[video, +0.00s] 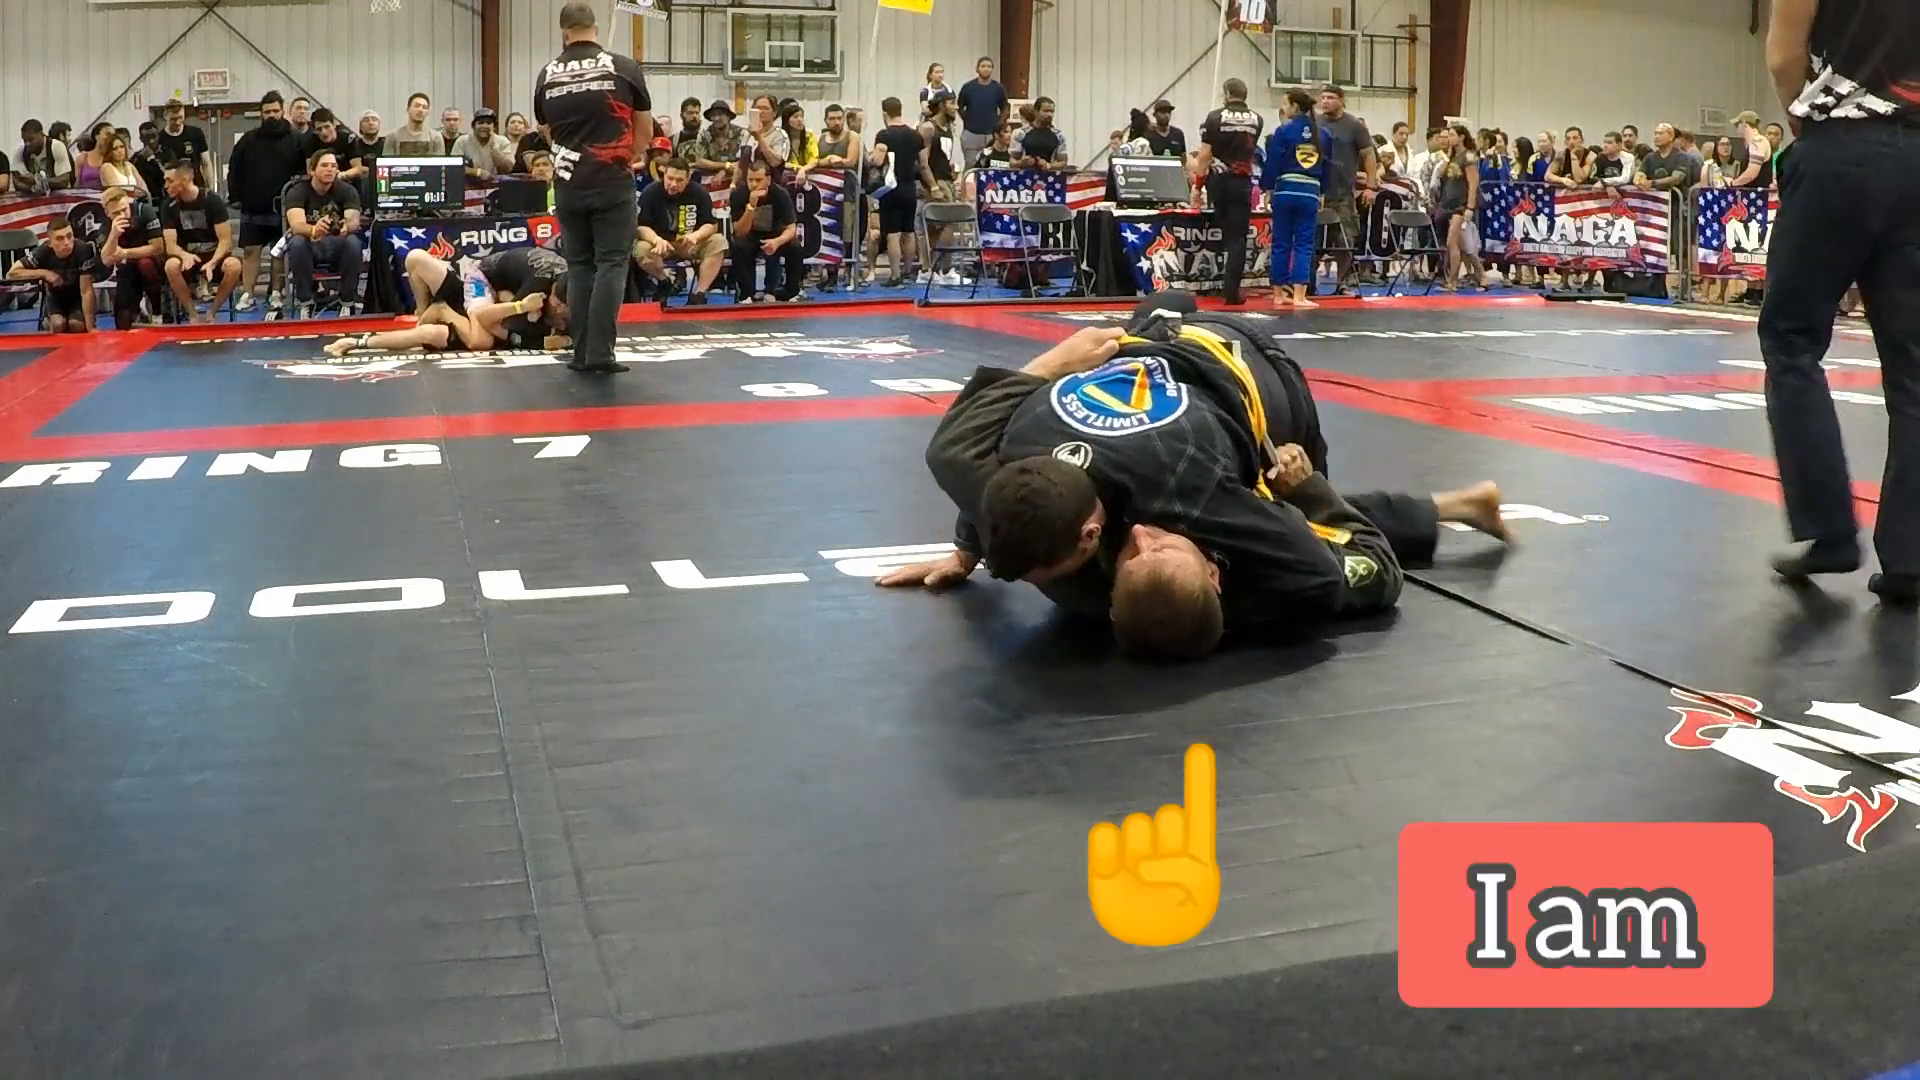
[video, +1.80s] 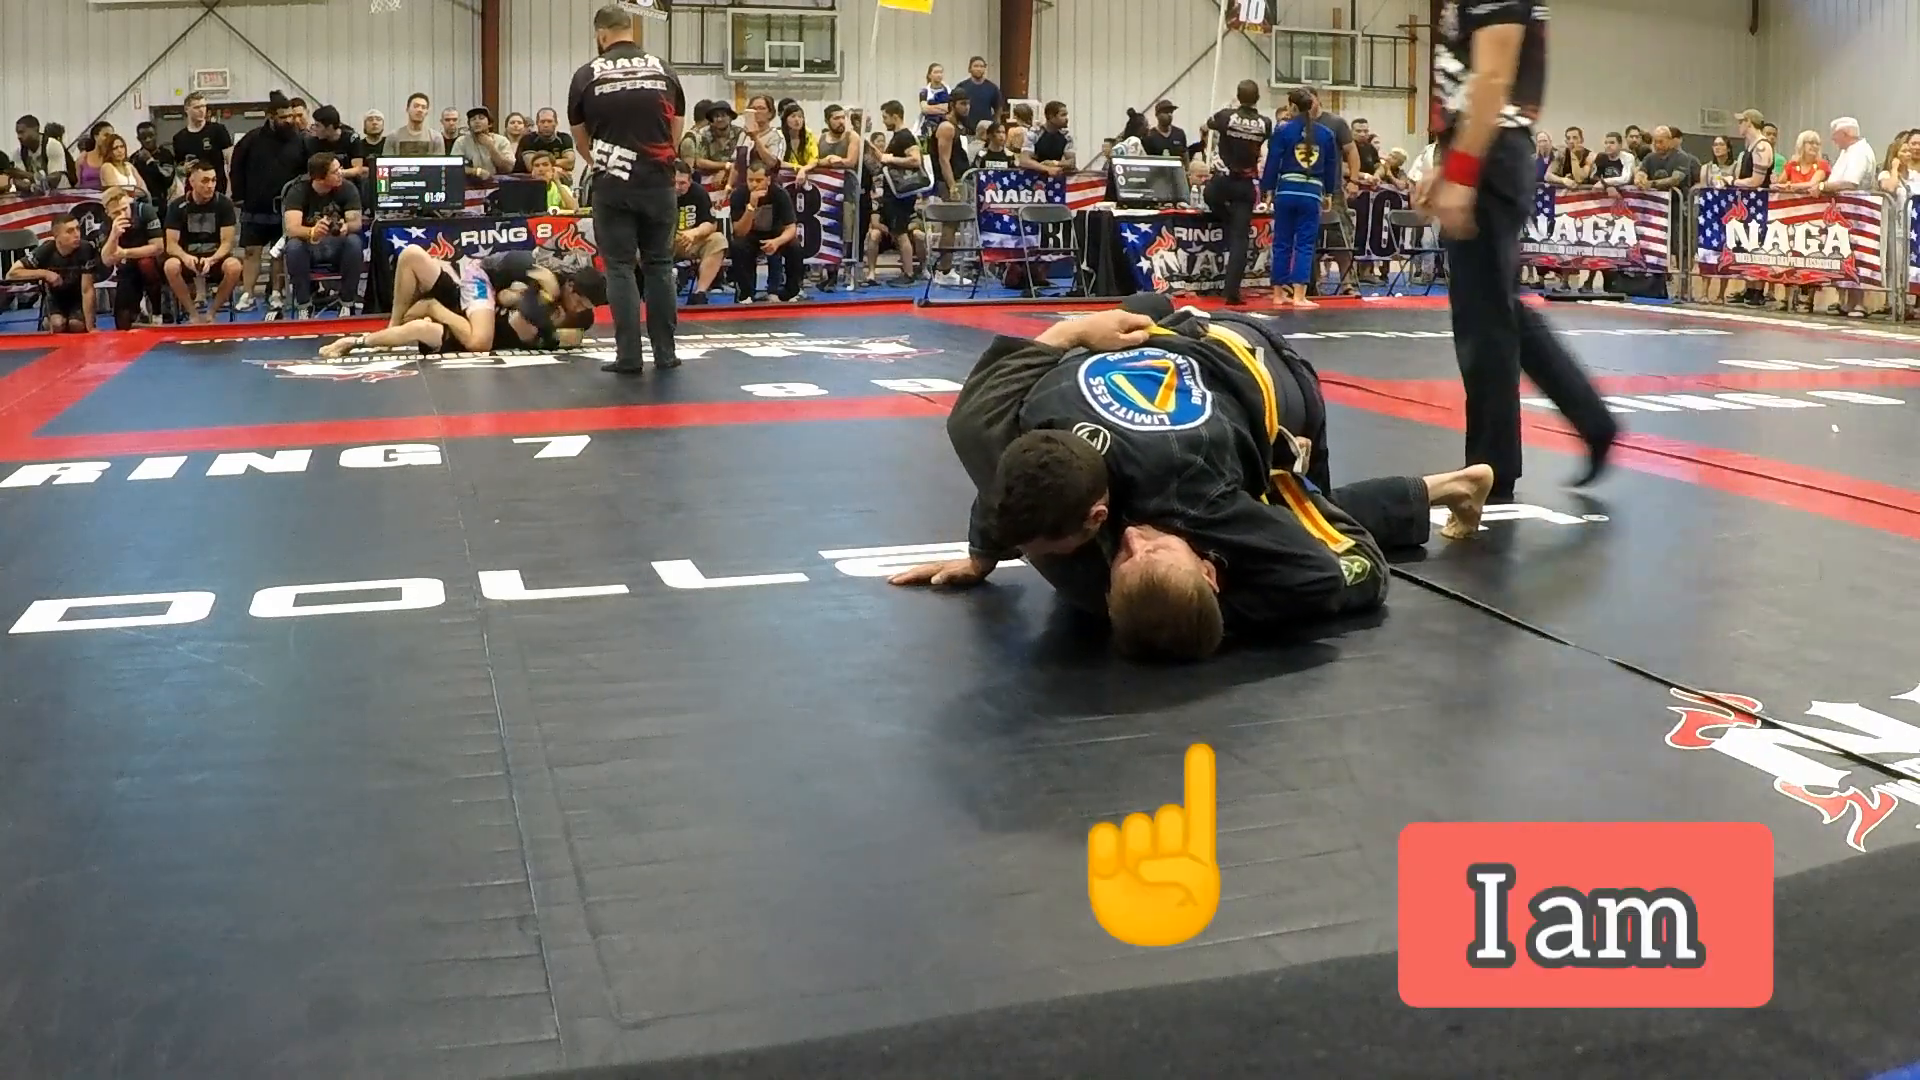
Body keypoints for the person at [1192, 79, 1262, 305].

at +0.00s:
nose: (1226, 96)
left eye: (1225, 93)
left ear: (1226, 95)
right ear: (1245, 96)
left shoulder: (1214, 117)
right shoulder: (1256, 119)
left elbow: (1204, 155)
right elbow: (1250, 149)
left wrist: (1197, 185)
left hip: (1218, 178)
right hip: (1242, 180)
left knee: (1230, 233)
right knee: (1238, 237)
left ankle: (1233, 285)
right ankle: (1232, 292)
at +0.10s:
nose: (1223, 98)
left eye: (1224, 95)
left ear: (1226, 96)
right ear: (1245, 96)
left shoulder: (1214, 119)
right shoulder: (1256, 120)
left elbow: (1205, 157)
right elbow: (1251, 148)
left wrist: (1197, 186)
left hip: (1218, 179)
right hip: (1242, 181)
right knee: (1237, 238)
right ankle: (1231, 292)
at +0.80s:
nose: (1229, 98)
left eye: (1228, 95)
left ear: (1228, 96)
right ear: (1247, 95)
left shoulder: (1220, 120)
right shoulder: (1260, 120)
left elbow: (1212, 155)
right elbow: (1255, 149)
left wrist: (1204, 180)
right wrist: (1247, 168)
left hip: (1222, 178)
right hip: (1245, 181)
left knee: (1213, 199)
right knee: (1239, 238)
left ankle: (1232, 232)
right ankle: (1231, 293)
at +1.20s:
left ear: (1230, 97)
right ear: (1250, 97)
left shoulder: (1221, 120)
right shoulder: (1261, 121)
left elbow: (1210, 155)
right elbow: (1259, 152)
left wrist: (1198, 159)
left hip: (1222, 179)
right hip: (1245, 183)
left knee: (1205, 197)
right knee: (1239, 239)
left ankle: (1228, 222)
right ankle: (1231, 292)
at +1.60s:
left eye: (1236, 94)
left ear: (1234, 97)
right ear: (1253, 98)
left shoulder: (1223, 116)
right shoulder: (1264, 121)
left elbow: (1203, 131)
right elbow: (1259, 145)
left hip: (1224, 179)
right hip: (1247, 182)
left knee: (1209, 197)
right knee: (1240, 239)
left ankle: (1231, 223)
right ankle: (1232, 293)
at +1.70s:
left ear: (1237, 97)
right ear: (1256, 99)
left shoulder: (1225, 115)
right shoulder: (1265, 122)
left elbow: (1205, 127)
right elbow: (1258, 141)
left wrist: (1205, 154)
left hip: (1224, 177)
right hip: (1247, 181)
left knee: (1210, 197)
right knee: (1240, 238)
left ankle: (1232, 223)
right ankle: (1231, 293)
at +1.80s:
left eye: (1240, 93)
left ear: (1238, 97)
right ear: (1257, 98)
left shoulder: (1226, 116)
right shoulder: (1265, 122)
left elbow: (1206, 126)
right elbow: (1268, 141)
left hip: (1224, 177)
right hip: (1247, 181)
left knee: (1210, 197)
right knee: (1240, 239)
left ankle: (1231, 222)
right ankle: (1232, 293)